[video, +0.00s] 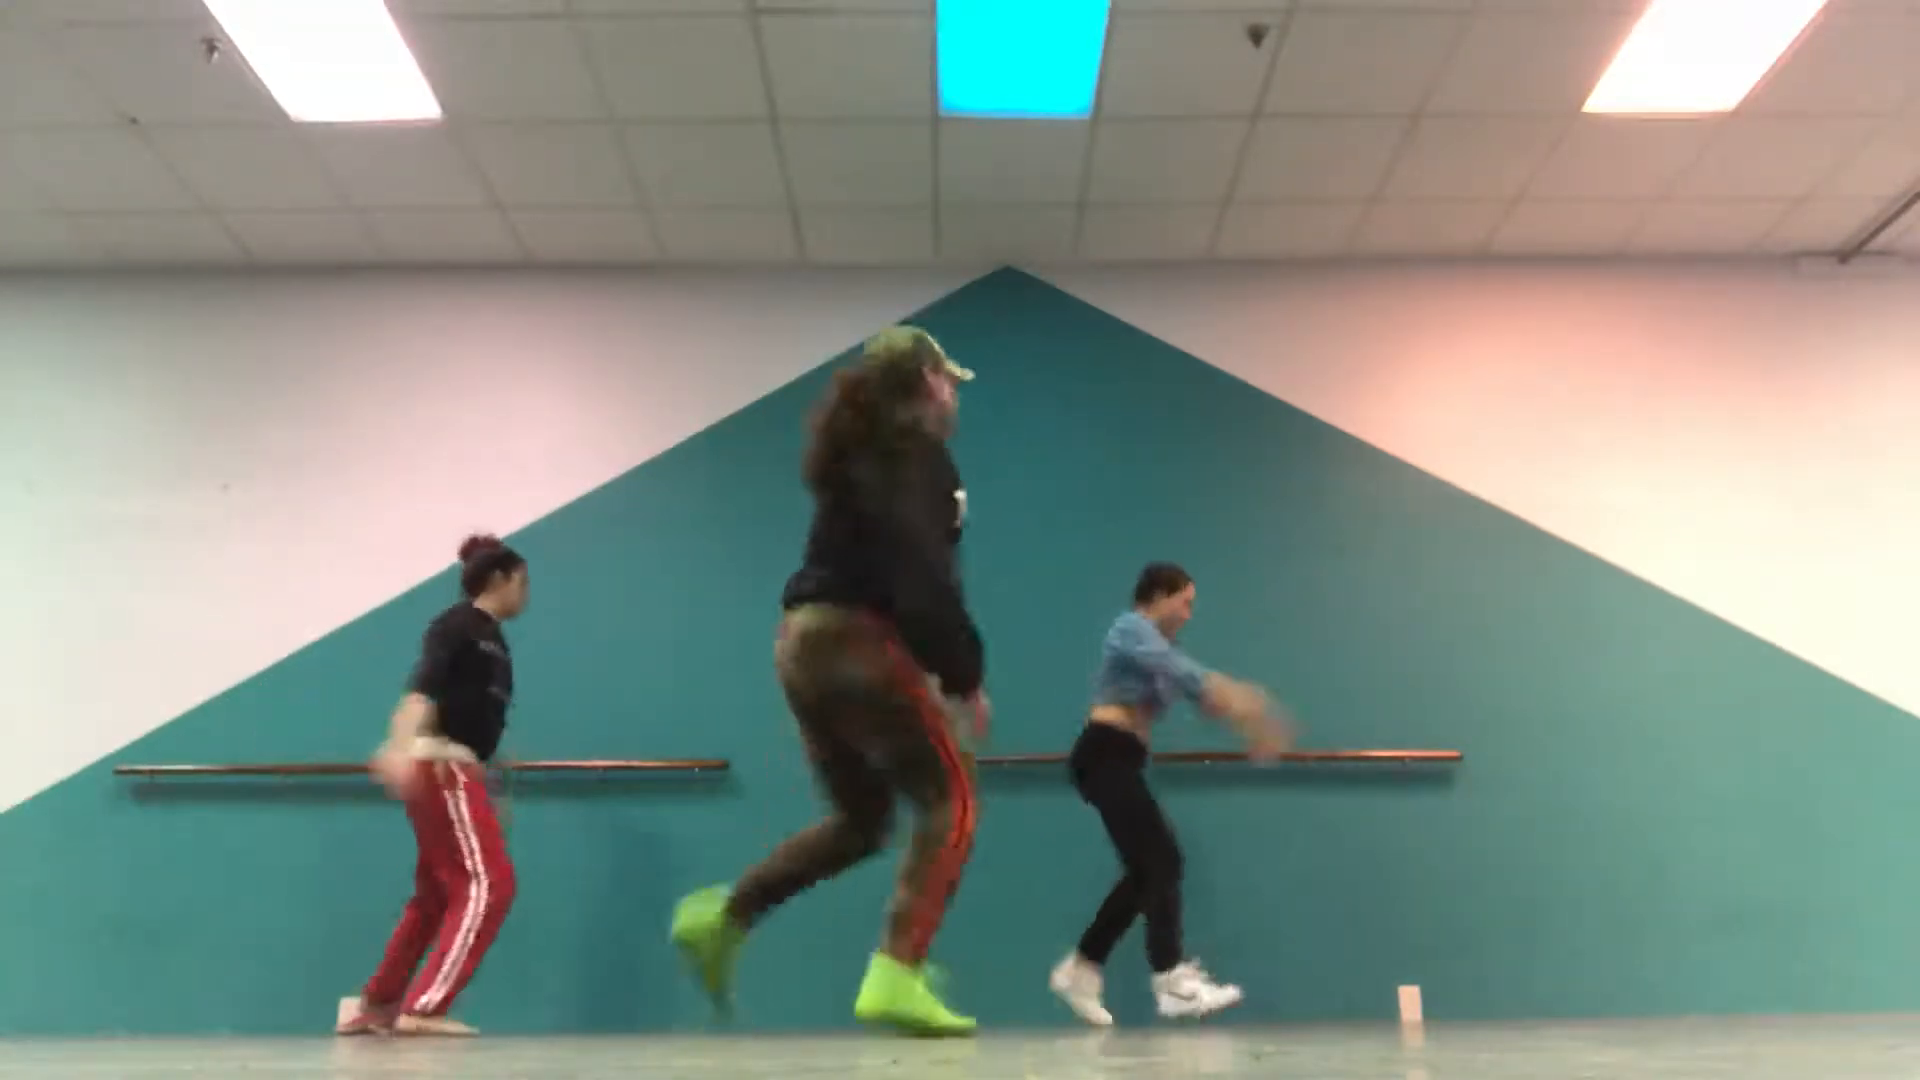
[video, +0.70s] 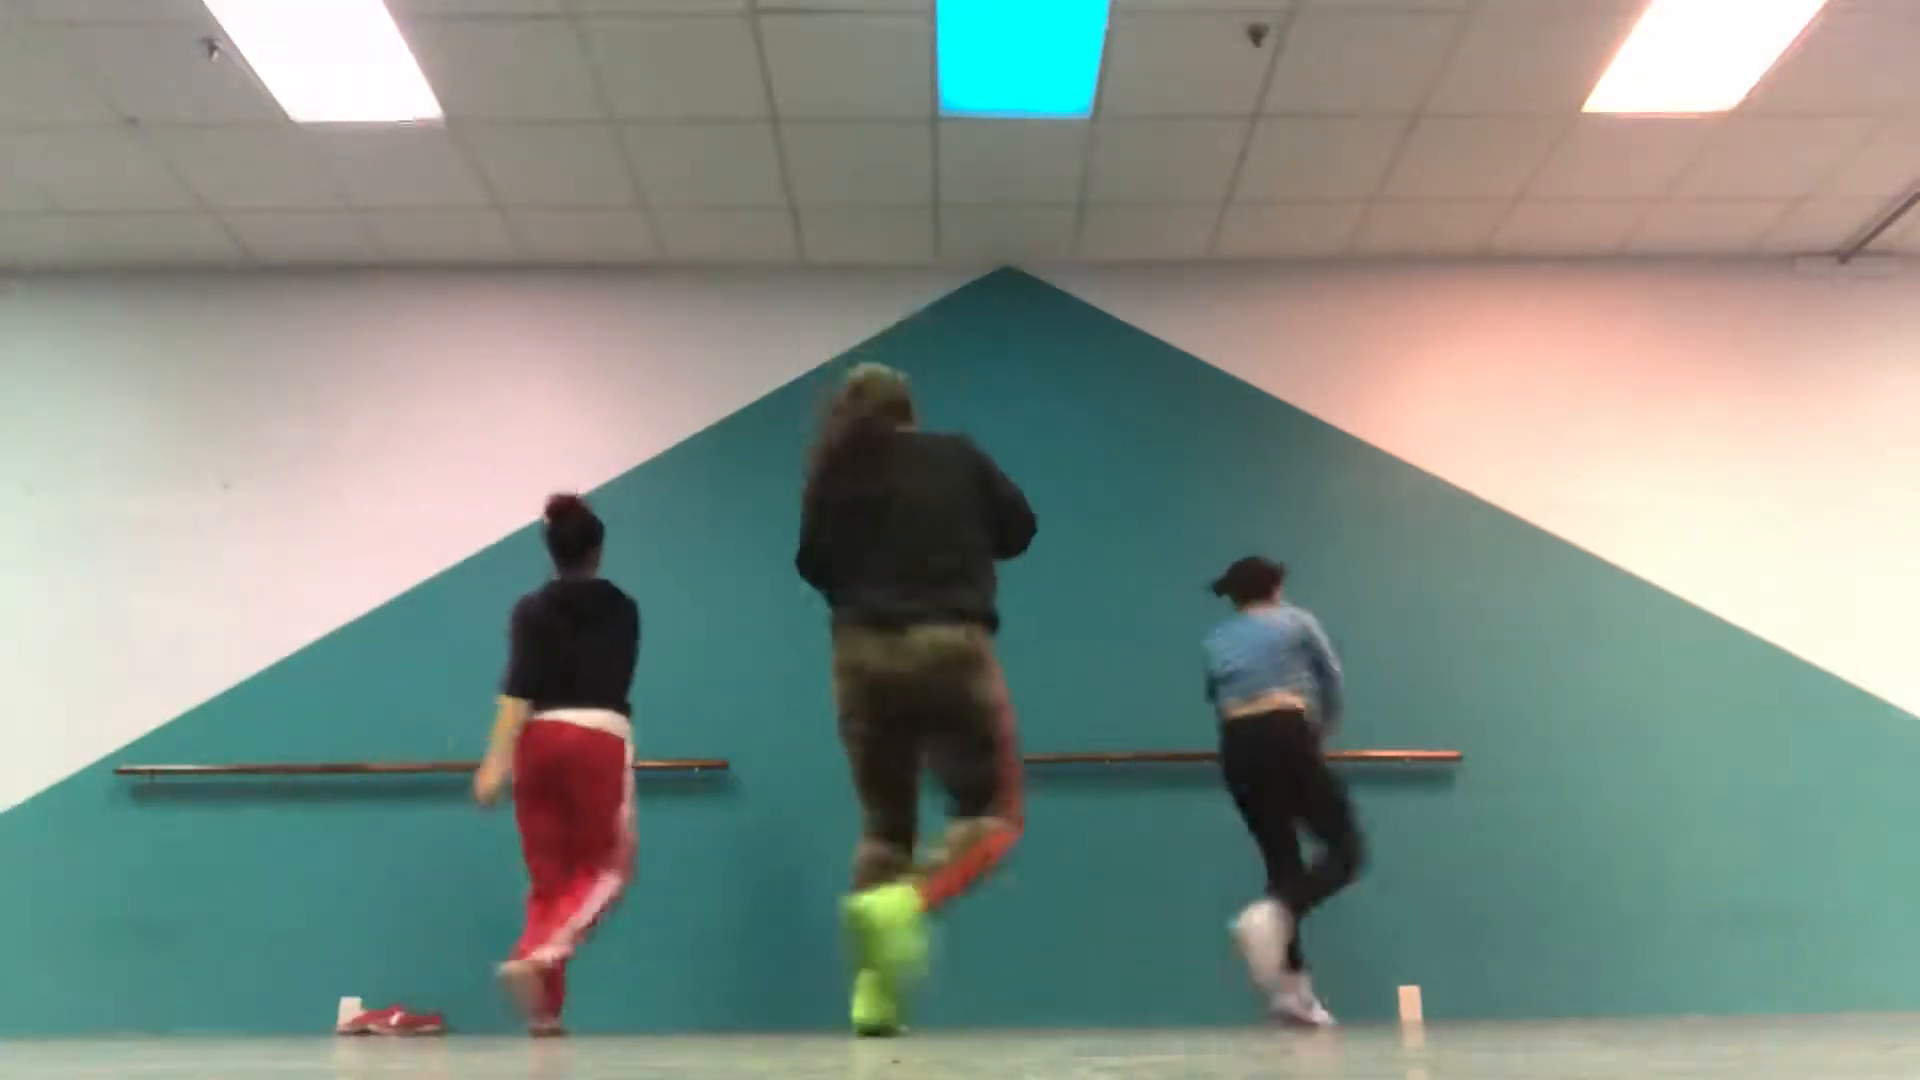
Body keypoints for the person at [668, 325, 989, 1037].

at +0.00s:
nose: (957, 395)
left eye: (952, 382)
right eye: (948, 383)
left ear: (894, 388)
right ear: (925, 386)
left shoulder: (859, 445)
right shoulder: (912, 452)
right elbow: (921, 579)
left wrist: (948, 674)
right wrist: (967, 679)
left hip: (802, 631)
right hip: (853, 632)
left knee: (861, 820)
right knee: (950, 802)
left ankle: (725, 918)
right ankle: (898, 973)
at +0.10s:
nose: (941, 389)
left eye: (935, 378)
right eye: (934, 378)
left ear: (868, 389)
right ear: (916, 388)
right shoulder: (929, 448)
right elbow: (968, 568)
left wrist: (983, 645)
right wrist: (988, 671)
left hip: (800, 652)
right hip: (863, 649)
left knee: (905, 804)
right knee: (958, 809)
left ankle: (762, 825)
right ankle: (895, 980)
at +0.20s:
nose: (926, 370)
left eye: (917, 362)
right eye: (922, 361)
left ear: (849, 370)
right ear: (912, 362)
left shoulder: (835, 438)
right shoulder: (938, 422)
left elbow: (897, 537)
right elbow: (991, 529)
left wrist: (1010, 550)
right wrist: (983, 608)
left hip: (798, 618)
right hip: (868, 613)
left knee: (894, 768)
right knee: (934, 796)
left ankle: (784, 812)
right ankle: (893, 980)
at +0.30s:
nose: (905, 334)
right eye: (901, 324)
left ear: (834, 346)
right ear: (899, 332)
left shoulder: (825, 404)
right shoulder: (938, 391)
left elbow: (888, 478)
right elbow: (984, 505)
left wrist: (997, 486)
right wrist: (970, 535)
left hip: (796, 575)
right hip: (873, 575)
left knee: (890, 744)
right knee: (874, 764)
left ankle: (828, 882)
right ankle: (864, 962)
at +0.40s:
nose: (922, 348)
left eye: (912, 336)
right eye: (915, 338)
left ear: (839, 356)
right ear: (906, 351)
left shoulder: (820, 421)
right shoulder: (935, 413)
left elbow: (840, 491)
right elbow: (976, 502)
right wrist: (1001, 463)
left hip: (795, 585)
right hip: (876, 585)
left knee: (872, 765)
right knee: (849, 771)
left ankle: (896, 949)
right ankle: (766, 947)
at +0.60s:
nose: (857, 399)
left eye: (848, 387)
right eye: (882, 380)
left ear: (837, 391)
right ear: (899, 384)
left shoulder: (819, 458)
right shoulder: (944, 437)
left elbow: (819, 533)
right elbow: (996, 520)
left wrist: (881, 519)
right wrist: (926, 524)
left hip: (819, 620)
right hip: (905, 620)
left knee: (878, 794)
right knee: (873, 795)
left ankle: (917, 977)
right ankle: (769, 948)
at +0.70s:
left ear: (848, 414)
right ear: (908, 408)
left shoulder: (832, 471)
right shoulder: (955, 455)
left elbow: (813, 561)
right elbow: (1016, 528)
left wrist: (861, 587)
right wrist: (953, 535)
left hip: (863, 657)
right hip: (952, 653)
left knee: (885, 827)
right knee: (994, 814)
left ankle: (873, 988)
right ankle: (906, 903)